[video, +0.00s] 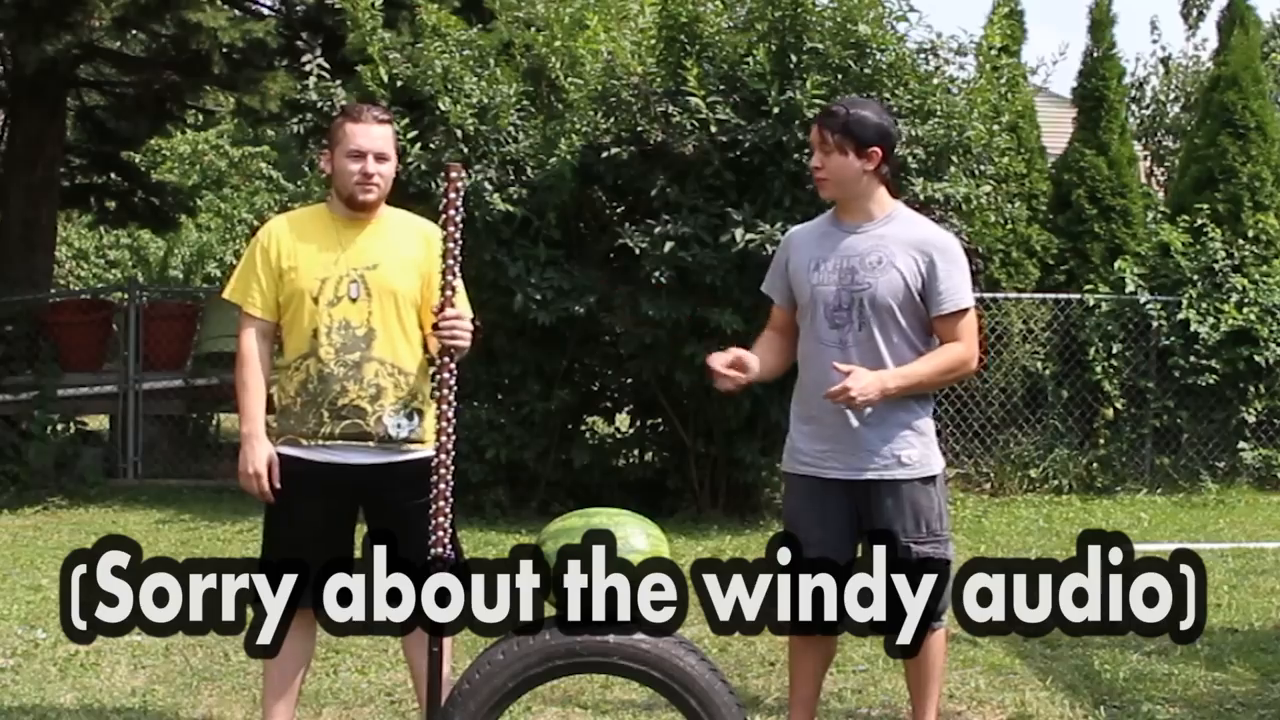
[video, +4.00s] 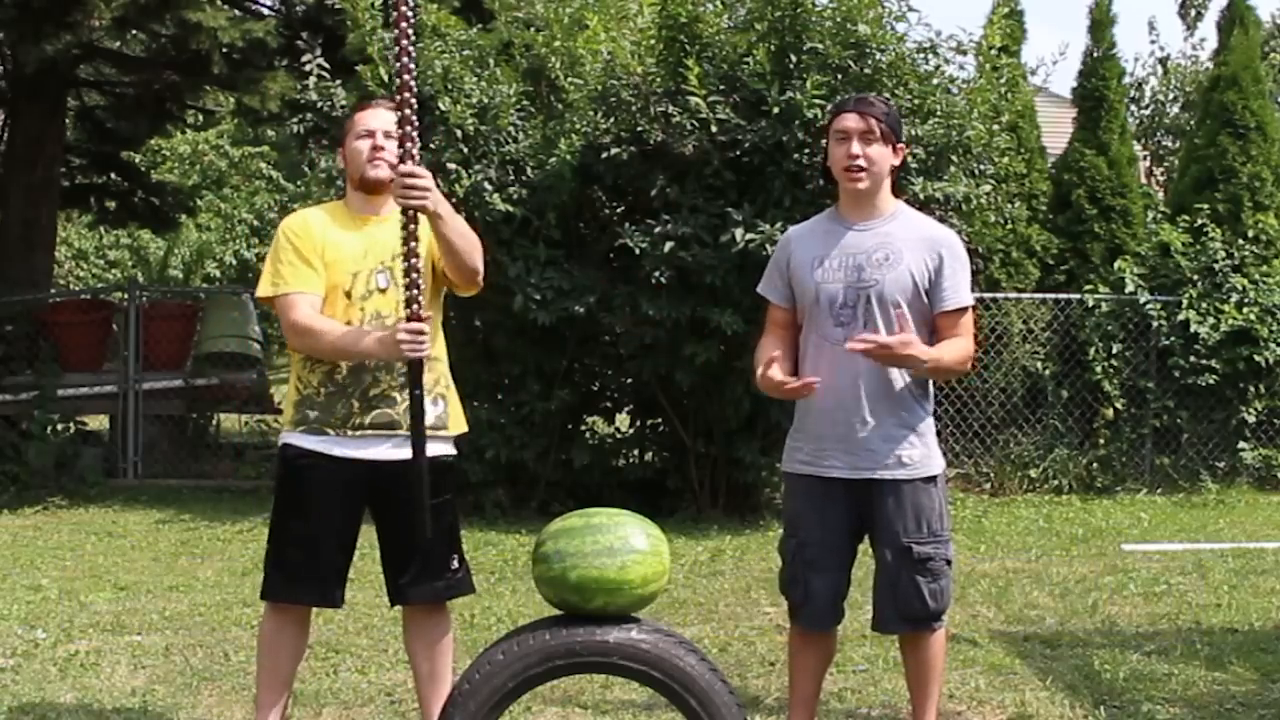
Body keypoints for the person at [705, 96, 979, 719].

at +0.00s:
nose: (813, 163)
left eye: (826, 152)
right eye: (813, 151)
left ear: (872, 158)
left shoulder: (932, 245)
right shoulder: (799, 244)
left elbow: (964, 352)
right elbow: (780, 335)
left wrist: (884, 381)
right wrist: (751, 364)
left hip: (904, 467)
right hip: (814, 464)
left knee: (921, 610)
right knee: (811, 608)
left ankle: (925, 716)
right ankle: (799, 716)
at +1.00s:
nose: (812, 166)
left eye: (825, 154)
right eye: (811, 153)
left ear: (869, 157)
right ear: (831, 157)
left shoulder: (931, 243)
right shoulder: (800, 245)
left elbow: (962, 352)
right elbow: (768, 338)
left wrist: (865, 373)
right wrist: (802, 370)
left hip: (904, 467)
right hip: (815, 466)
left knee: (922, 611)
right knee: (810, 610)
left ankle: (924, 716)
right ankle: (800, 716)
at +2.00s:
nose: (828, 150)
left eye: (842, 141)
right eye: (831, 139)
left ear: (884, 158)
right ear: (861, 156)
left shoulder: (935, 247)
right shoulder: (807, 239)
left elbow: (955, 357)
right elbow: (774, 319)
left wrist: (861, 375)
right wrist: (766, 348)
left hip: (902, 467)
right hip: (813, 462)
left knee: (921, 613)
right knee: (808, 610)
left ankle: (924, 716)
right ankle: (799, 716)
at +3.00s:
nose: (824, 161)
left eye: (838, 149)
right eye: (822, 148)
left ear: (881, 156)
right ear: (823, 154)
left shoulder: (935, 245)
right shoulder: (802, 243)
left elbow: (966, 353)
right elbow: (769, 339)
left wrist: (871, 376)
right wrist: (805, 374)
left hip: (903, 467)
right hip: (812, 464)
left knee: (920, 612)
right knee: (808, 611)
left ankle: (924, 716)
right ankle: (799, 716)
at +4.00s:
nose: (853, 150)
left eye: (868, 139)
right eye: (841, 138)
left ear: (895, 154)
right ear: (826, 154)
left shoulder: (937, 242)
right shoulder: (797, 244)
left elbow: (962, 349)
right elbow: (777, 332)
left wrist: (920, 356)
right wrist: (771, 372)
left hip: (906, 459)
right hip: (815, 458)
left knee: (923, 610)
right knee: (809, 610)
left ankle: (925, 716)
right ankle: (799, 716)